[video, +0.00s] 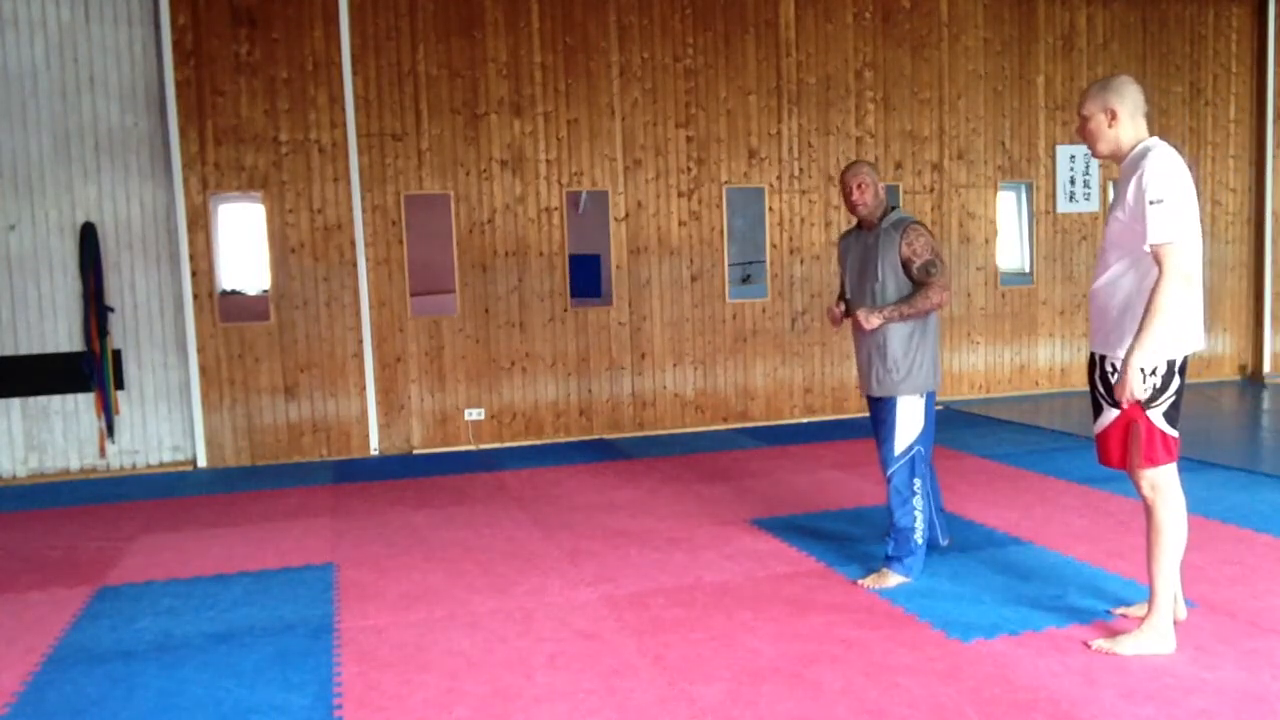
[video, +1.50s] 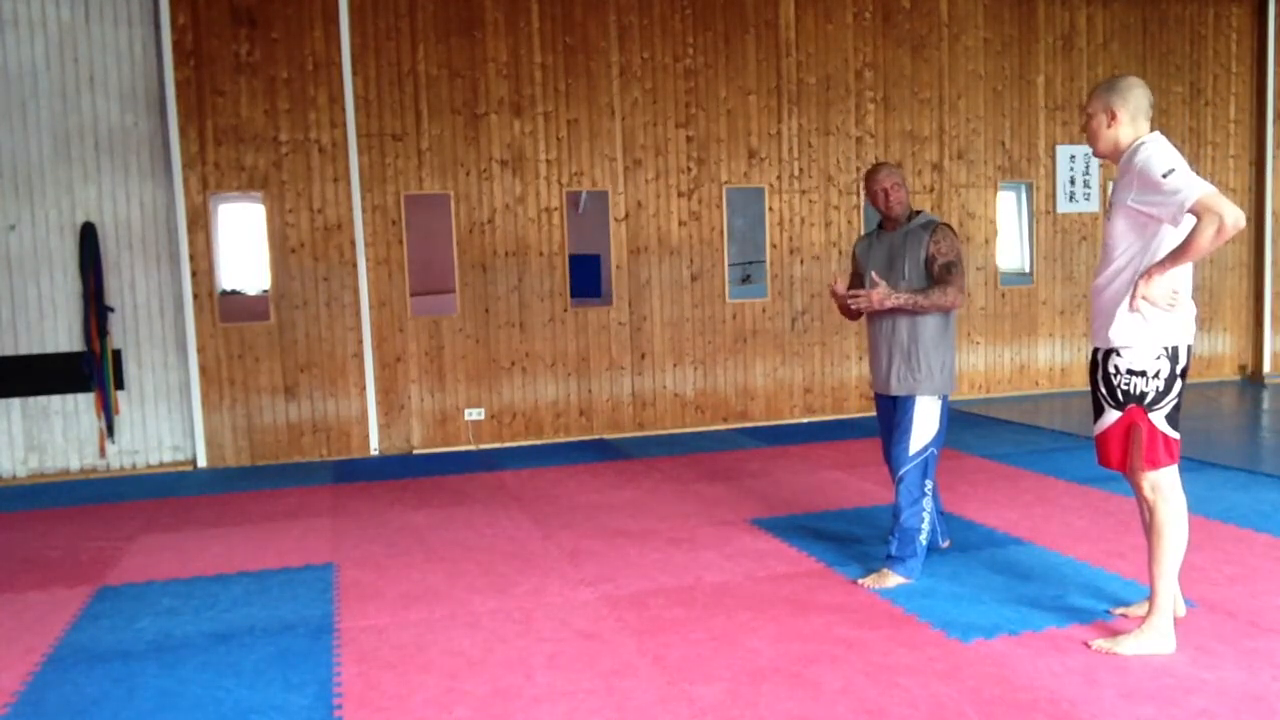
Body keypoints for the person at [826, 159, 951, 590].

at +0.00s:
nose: (855, 195)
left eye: (862, 186)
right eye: (848, 190)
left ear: (880, 188)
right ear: (844, 197)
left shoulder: (908, 233)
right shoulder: (848, 243)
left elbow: (939, 291)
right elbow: (849, 294)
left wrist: (883, 314)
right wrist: (841, 307)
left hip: (909, 375)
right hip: (876, 375)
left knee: (901, 469)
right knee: (905, 461)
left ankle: (904, 562)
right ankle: (933, 532)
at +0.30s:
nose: (869, 193)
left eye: (875, 185)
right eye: (861, 189)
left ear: (890, 186)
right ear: (853, 198)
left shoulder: (916, 234)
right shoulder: (853, 245)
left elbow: (939, 292)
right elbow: (858, 296)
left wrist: (882, 307)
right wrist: (842, 306)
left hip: (912, 373)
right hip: (877, 373)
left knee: (903, 468)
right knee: (905, 460)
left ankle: (904, 563)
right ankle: (934, 532)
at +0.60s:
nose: (886, 192)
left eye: (890, 184)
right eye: (876, 188)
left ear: (900, 189)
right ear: (864, 199)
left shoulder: (924, 228)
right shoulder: (861, 242)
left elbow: (936, 267)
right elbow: (824, 294)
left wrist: (879, 254)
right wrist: (829, 267)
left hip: (918, 365)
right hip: (881, 366)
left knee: (905, 462)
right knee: (903, 458)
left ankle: (903, 562)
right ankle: (933, 531)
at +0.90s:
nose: (886, 198)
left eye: (891, 190)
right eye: (877, 195)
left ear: (902, 191)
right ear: (867, 203)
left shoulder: (928, 229)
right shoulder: (866, 244)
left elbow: (927, 268)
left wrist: (869, 247)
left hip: (924, 366)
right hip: (884, 367)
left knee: (908, 461)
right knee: (901, 458)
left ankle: (904, 562)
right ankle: (933, 531)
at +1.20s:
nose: (887, 196)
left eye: (892, 188)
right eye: (877, 192)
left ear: (903, 191)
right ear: (866, 200)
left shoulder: (934, 235)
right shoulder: (861, 248)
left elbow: (949, 295)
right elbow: (855, 302)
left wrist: (890, 304)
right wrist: (845, 308)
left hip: (926, 373)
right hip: (886, 374)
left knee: (910, 468)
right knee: (901, 463)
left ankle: (904, 564)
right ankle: (934, 532)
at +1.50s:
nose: (890, 196)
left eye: (895, 187)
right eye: (881, 192)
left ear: (908, 190)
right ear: (870, 199)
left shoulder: (937, 235)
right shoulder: (865, 247)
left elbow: (952, 295)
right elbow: (857, 307)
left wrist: (891, 299)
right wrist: (845, 302)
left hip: (927, 373)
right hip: (886, 374)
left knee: (910, 469)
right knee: (901, 462)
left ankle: (904, 565)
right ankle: (934, 530)